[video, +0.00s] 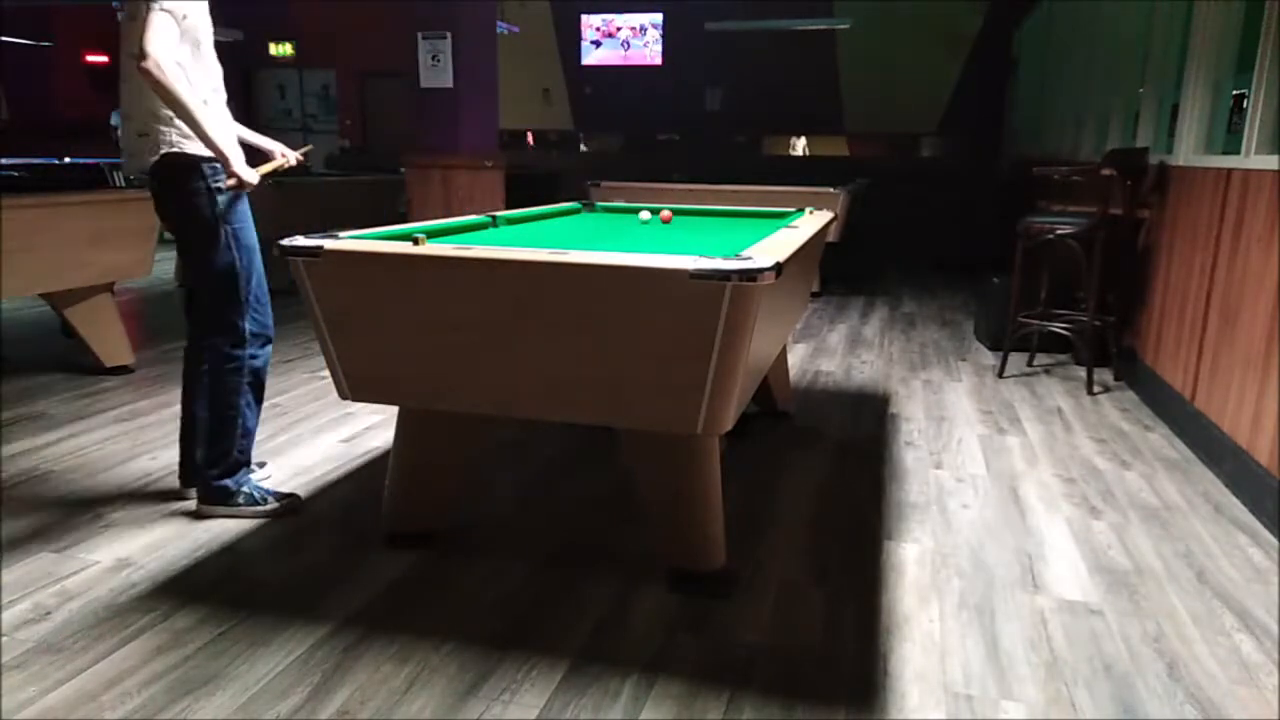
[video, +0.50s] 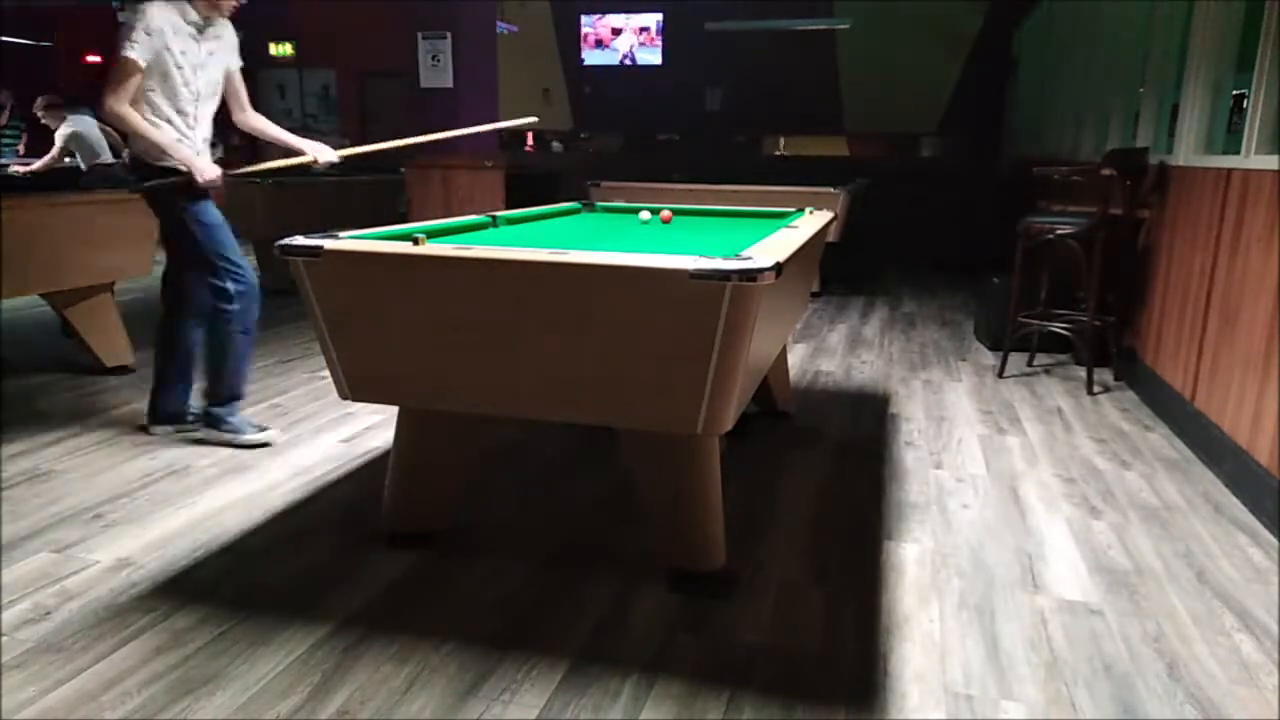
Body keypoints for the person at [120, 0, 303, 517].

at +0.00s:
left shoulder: (184, 14)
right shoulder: (171, 3)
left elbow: (197, 105)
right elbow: (153, 61)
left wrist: (262, 142)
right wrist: (228, 149)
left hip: (192, 167)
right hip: (200, 167)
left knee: (211, 326)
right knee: (247, 331)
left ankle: (203, 468)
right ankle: (226, 479)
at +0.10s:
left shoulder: (184, 11)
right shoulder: (177, 5)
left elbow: (194, 89)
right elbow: (171, 76)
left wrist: (251, 151)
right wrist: (243, 157)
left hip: (208, 168)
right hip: (208, 168)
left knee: (229, 327)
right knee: (235, 332)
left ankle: (209, 465)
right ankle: (223, 479)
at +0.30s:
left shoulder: (167, 16)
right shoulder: (109, 6)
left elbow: (170, 112)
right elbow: (89, 90)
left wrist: (247, 152)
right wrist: (165, 161)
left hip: (162, 172)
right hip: (124, 173)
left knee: (195, 305)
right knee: (147, 316)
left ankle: (201, 419)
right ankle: (124, 447)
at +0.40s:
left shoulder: (148, 14)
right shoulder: (89, 8)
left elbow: (162, 104)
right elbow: (61, 94)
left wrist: (241, 140)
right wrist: (144, 159)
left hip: (147, 167)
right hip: (113, 171)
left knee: (179, 305)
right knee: (144, 313)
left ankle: (159, 415)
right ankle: (120, 447)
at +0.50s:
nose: (238, 3)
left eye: (240, 1)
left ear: (225, 4)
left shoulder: (223, 32)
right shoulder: (155, 19)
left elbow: (243, 115)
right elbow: (115, 104)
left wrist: (304, 144)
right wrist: (189, 157)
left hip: (191, 173)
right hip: (162, 173)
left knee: (185, 287)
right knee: (238, 282)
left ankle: (169, 406)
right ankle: (222, 411)